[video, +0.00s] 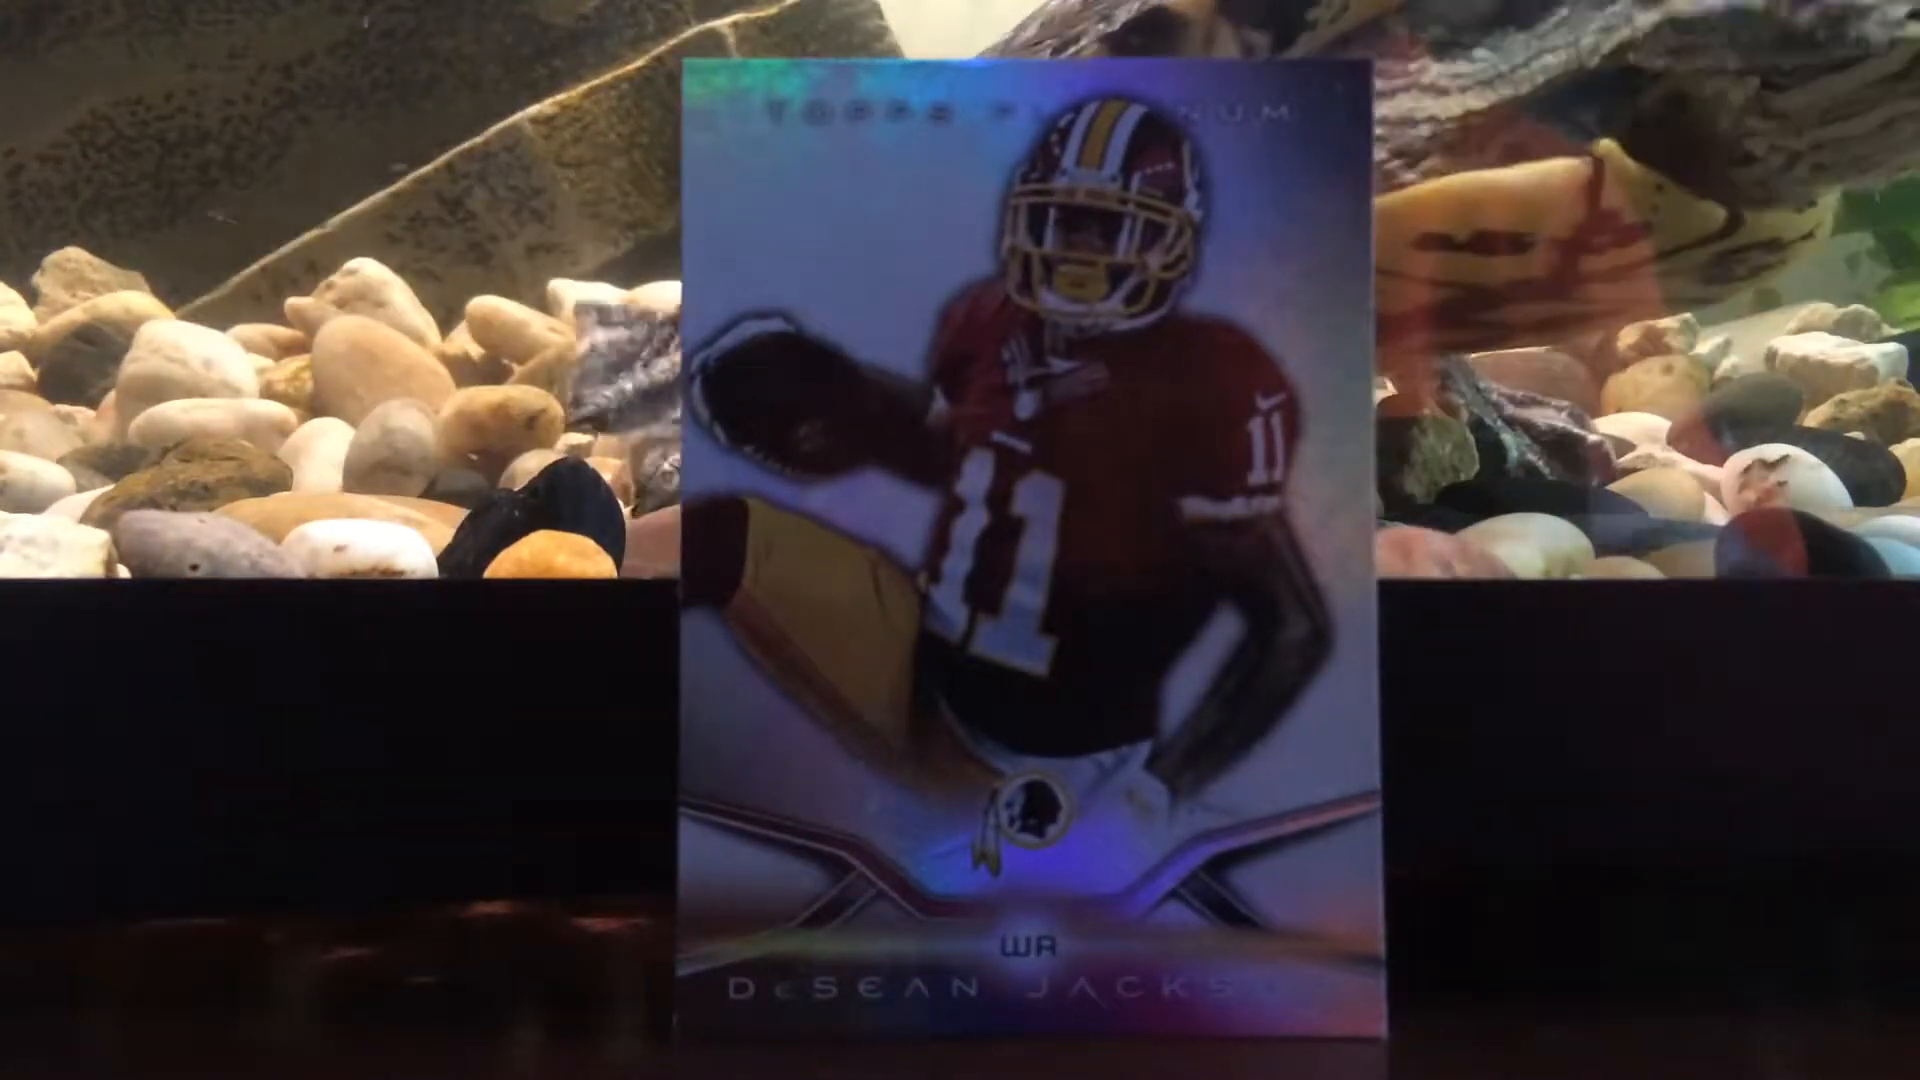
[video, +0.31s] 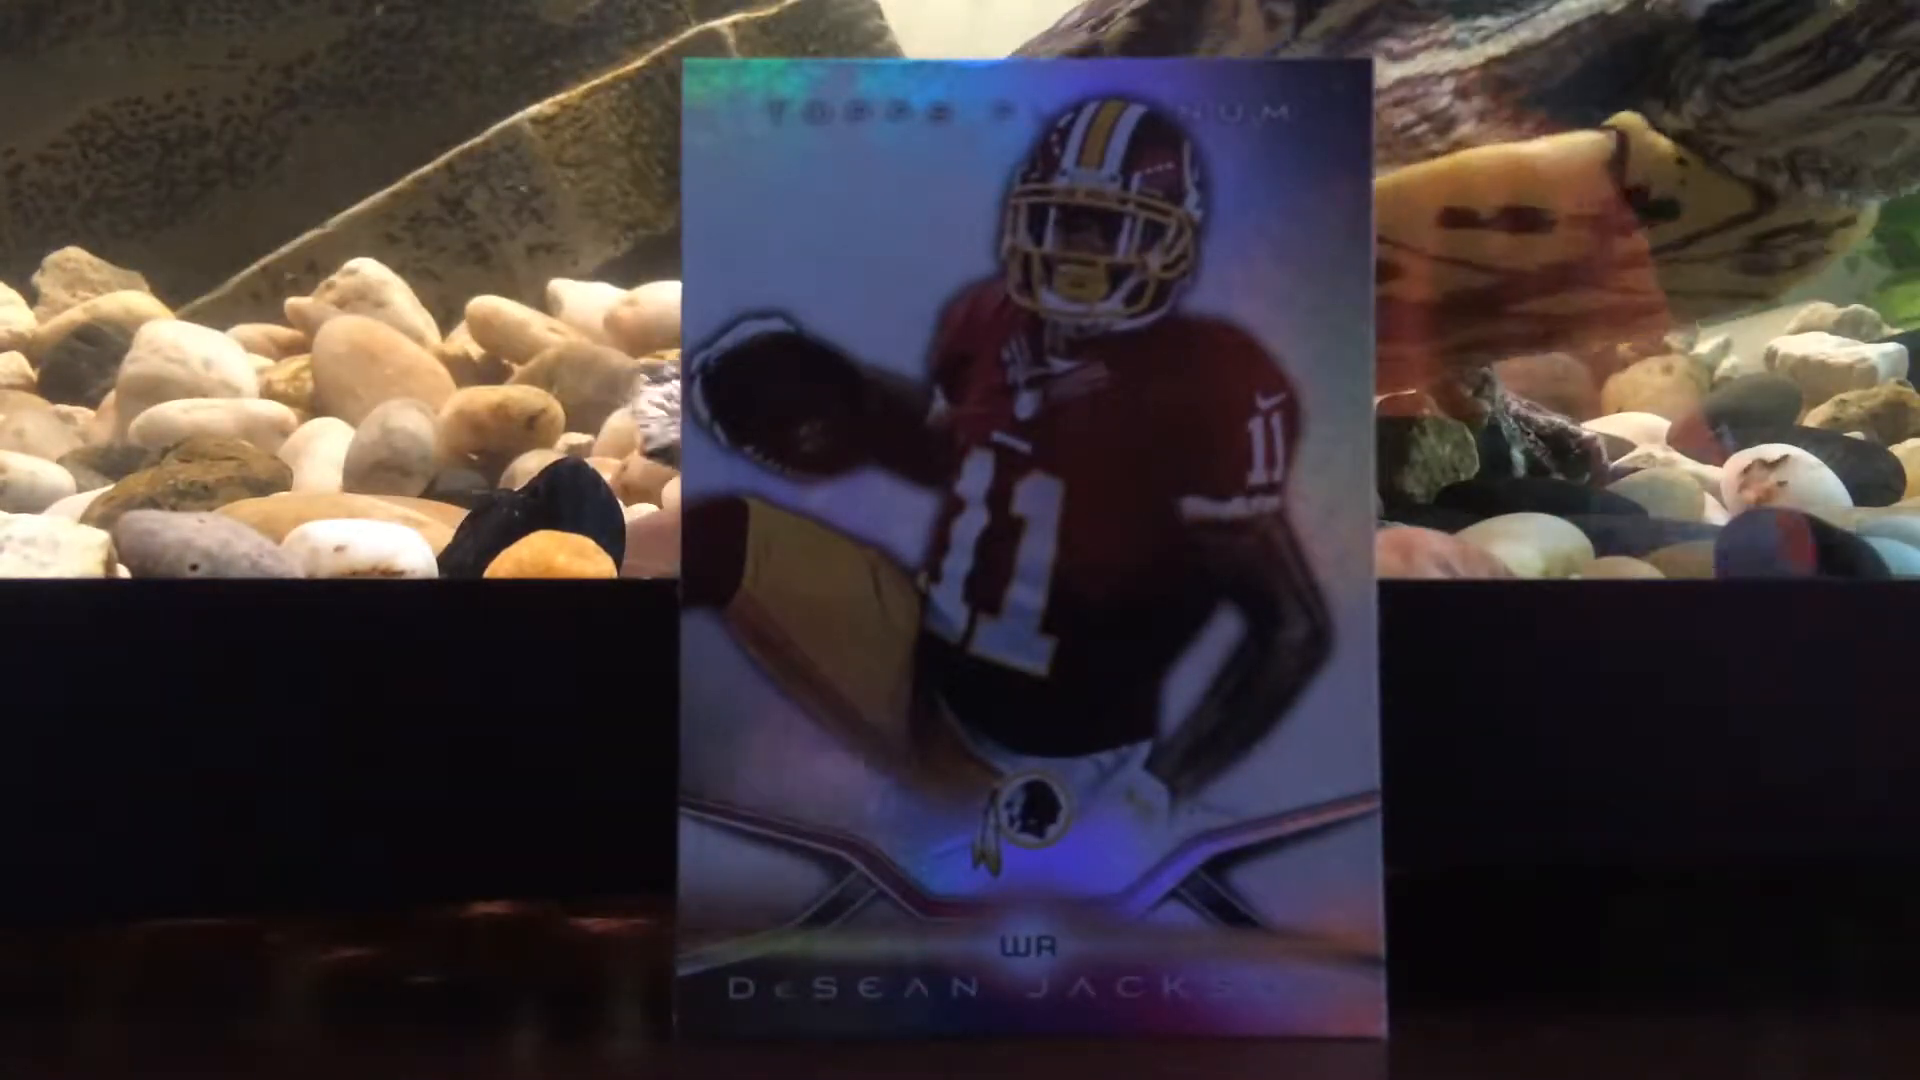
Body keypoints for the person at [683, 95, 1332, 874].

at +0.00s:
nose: (1080, 254)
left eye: (1114, 230)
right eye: (1060, 222)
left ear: (1176, 246)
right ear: (1021, 225)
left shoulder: (1217, 385)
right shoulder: (979, 325)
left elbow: (1294, 629)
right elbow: (957, 459)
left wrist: (1154, 792)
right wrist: (857, 414)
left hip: (1079, 753)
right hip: (929, 682)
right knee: (713, 537)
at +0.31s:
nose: (1081, 251)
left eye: (1115, 228)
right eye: (1061, 220)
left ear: (1176, 244)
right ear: (1021, 223)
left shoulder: (1215, 386)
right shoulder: (980, 324)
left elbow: (1295, 630)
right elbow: (958, 458)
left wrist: (1154, 793)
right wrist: (856, 414)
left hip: (1081, 754)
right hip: (931, 679)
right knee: (713, 535)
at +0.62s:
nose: (1079, 251)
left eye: (1114, 228)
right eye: (1061, 220)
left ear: (1176, 244)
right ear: (1021, 223)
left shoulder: (1215, 386)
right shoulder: (980, 325)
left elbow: (1295, 631)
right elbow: (959, 460)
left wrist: (1154, 793)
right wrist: (856, 416)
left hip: (1077, 758)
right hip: (928, 680)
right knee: (711, 535)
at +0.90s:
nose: (1079, 253)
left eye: (1113, 229)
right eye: (1060, 221)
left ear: (1175, 244)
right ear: (1021, 225)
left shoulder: (1214, 384)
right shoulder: (980, 325)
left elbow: (1294, 629)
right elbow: (954, 457)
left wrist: (1155, 793)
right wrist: (851, 410)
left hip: (1077, 758)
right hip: (926, 681)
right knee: (714, 536)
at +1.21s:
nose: (1080, 253)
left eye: (1114, 229)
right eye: (1060, 221)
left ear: (1175, 244)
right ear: (1021, 225)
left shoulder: (1214, 383)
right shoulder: (980, 325)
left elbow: (1294, 630)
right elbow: (955, 457)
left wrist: (1155, 793)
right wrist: (852, 411)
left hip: (1077, 758)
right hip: (927, 680)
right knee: (713, 535)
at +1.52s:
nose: (1077, 252)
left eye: (1112, 229)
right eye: (1058, 221)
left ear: (1174, 244)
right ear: (1020, 226)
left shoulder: (1215, 384)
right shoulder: (980, 325)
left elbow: (1294, 629)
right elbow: (954, 456)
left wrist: (1156, 791)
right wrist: (849, 408)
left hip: (1082, 757)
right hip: (929, 683)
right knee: (711, 535)